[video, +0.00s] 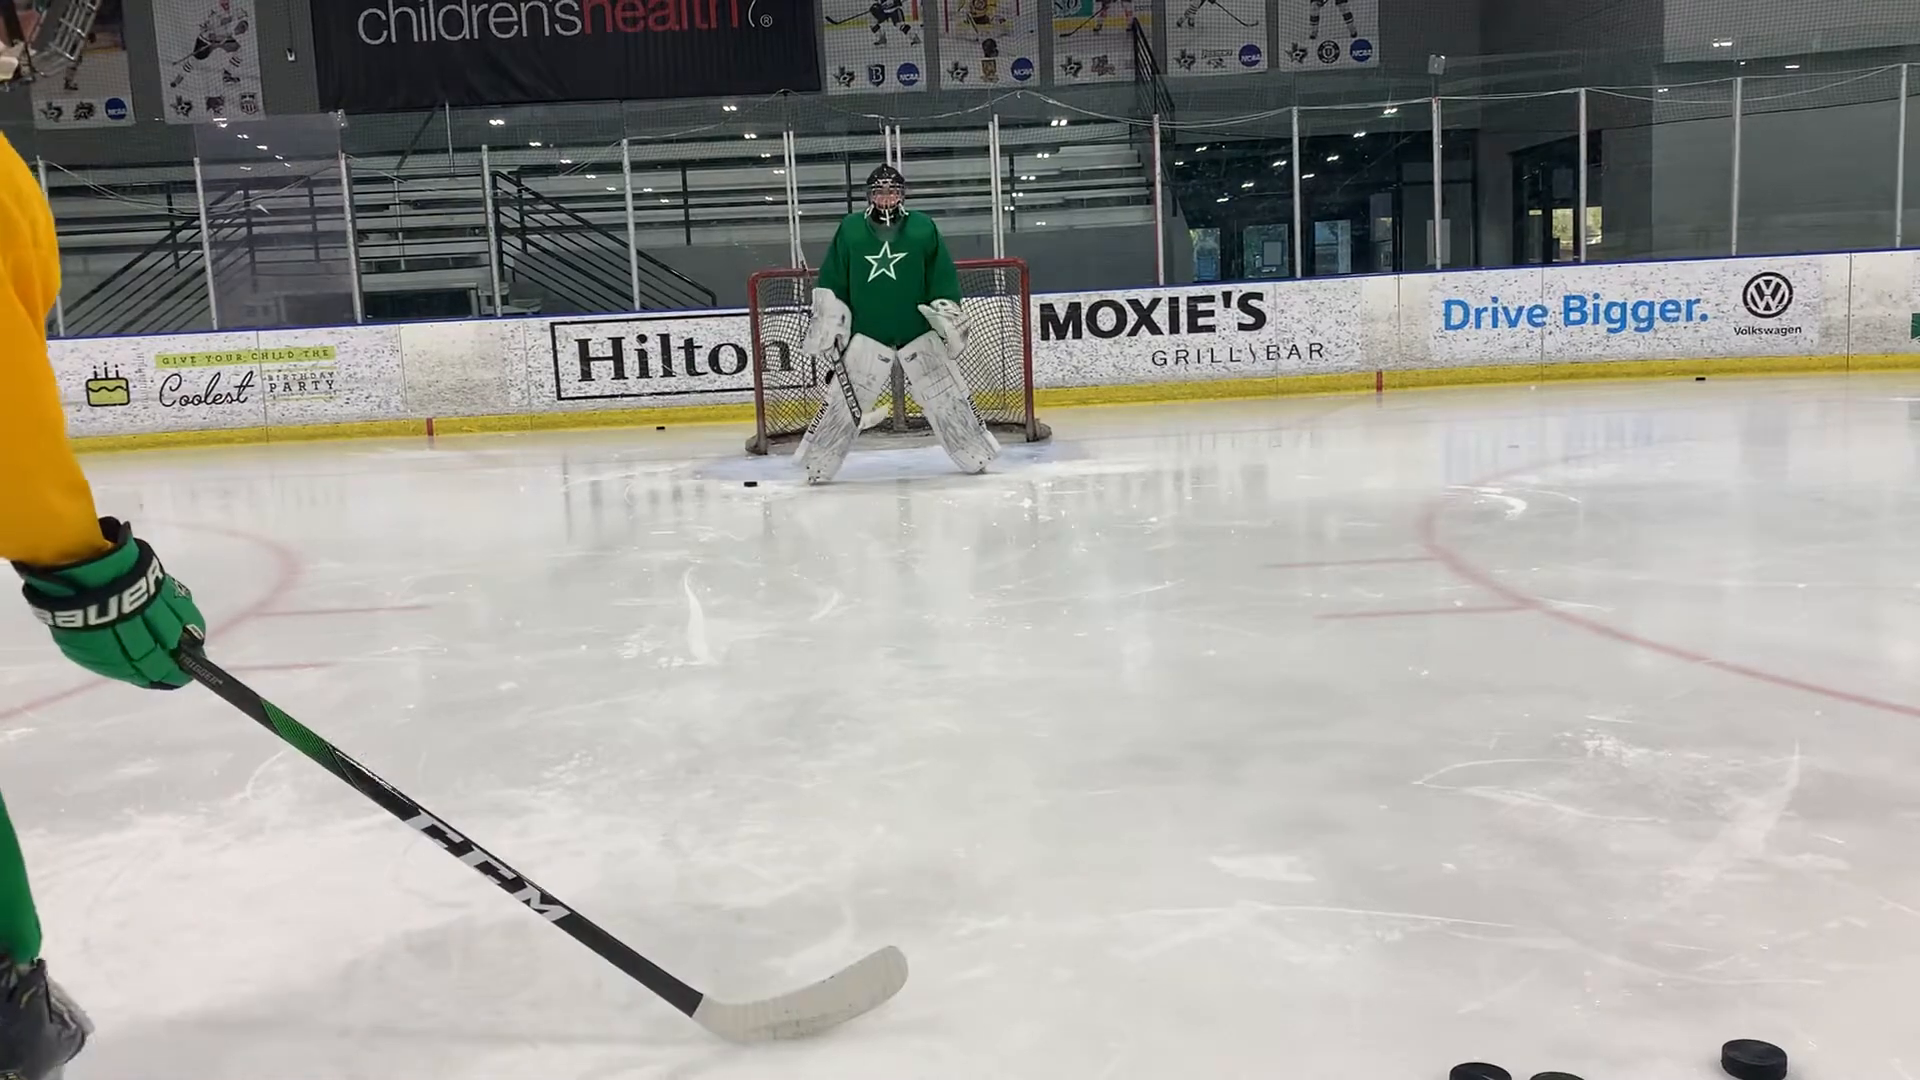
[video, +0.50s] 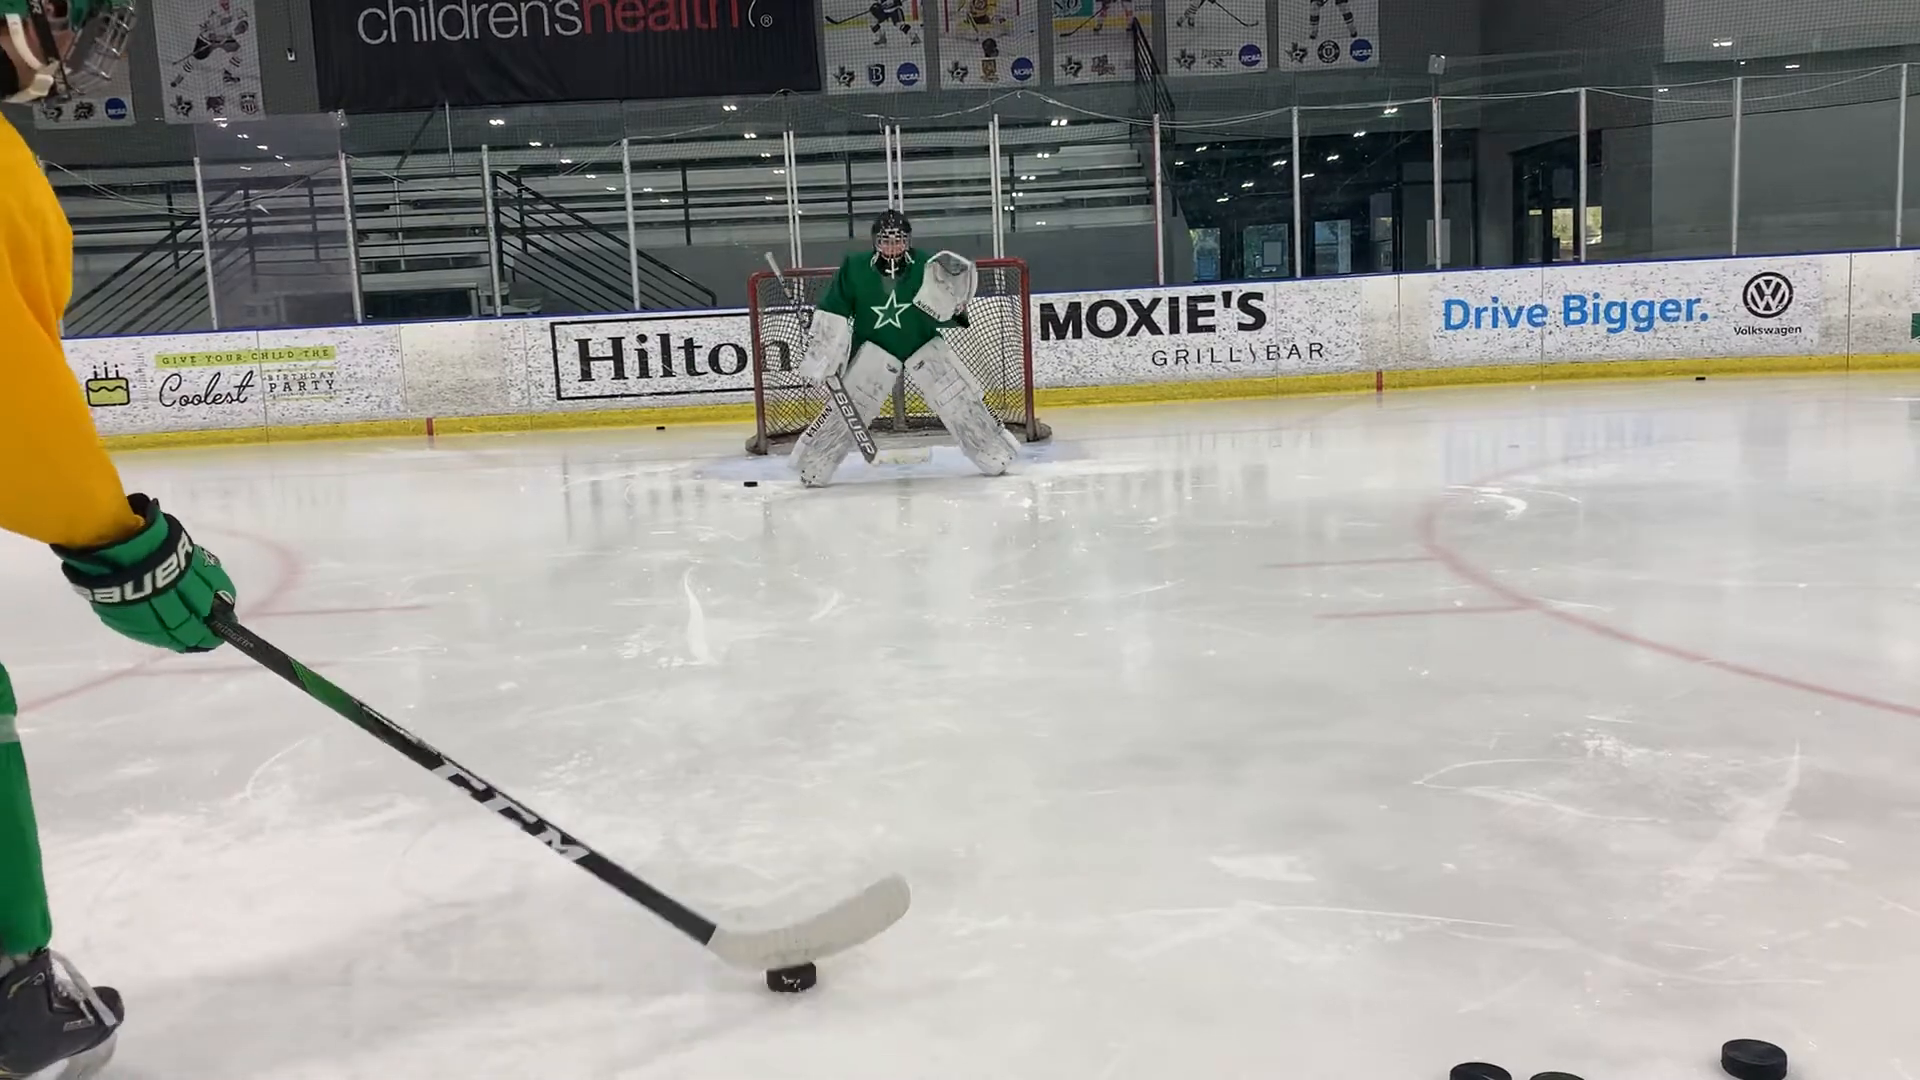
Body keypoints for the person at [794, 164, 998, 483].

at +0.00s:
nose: (886, 197)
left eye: (891, 191)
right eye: (880, 191)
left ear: (902, 194)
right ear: (870, 195)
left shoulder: (923, 228)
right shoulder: (851, 229)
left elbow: (942, 277)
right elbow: (832, 282)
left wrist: (948, 320)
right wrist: (828, 326)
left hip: (918, 330)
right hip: (868, 333)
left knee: (948, 396)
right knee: (845, 402)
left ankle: (976, 459)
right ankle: (819, 469)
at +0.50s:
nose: (892, 246)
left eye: (898, 239)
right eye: (887, 240)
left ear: (908, 240)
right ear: (875, 241)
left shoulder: (924, 265)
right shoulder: (855, 269)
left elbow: (948, 309)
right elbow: (832, 314)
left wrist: (950, 286)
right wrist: (823, 360)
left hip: (924, 346)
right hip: (874, 350)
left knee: (960, 399)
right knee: (850, 407)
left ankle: (996, 459)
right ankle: (815, 468)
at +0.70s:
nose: (896, 285)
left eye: (902, 278)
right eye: (890, 279)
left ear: (912, 279)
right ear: (881, 280)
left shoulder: (928, 301)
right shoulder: (861, 305)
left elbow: (960, 350)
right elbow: (836, 341)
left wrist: (948, 320)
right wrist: (831, 380)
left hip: (927, 374)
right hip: (880, 380)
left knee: (964, 414)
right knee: (855, 426)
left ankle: (1009, 457)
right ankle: (813, 468)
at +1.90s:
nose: (902, 305)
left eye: (907, 298)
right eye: (896, 298)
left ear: (918, 298)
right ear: (886, 298)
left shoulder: (936, 317)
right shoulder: (865, 319)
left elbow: (964, 370)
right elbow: (834, 352)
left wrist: (962, 347)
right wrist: (834, 388)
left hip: (931, 402)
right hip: (880, 408)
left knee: (961, 410)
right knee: (853, 437)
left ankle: (1008, 453)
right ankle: (815, 467)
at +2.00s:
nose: (906, 308)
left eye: (912, 302)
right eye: (900, 302)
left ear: (920, 300)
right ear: (889, 300)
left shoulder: (938, 321)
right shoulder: (865, 319)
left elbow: (963, 365)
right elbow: (834, 355)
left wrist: (982, 358)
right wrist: (847, 379)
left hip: (935, 418)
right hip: (883, 419)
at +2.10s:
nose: (916, 314)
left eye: (921, 308)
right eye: (909, 309)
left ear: (927, 305)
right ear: (893, 306)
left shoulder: (944, 327)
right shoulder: (870, 326)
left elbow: (957, 369)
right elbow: (842, 364)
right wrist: (858, 391)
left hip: (938, 424)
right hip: (888, 426)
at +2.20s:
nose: (930, 321)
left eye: (934, 314)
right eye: (922, 316)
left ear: (939, 310)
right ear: (905, 313)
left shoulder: (951, 340)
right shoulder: (881, 327)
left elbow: (958, 391)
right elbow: (849, 366)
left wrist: (969, 423)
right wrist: (862, 403)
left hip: (935, 430)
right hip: (885, 427)